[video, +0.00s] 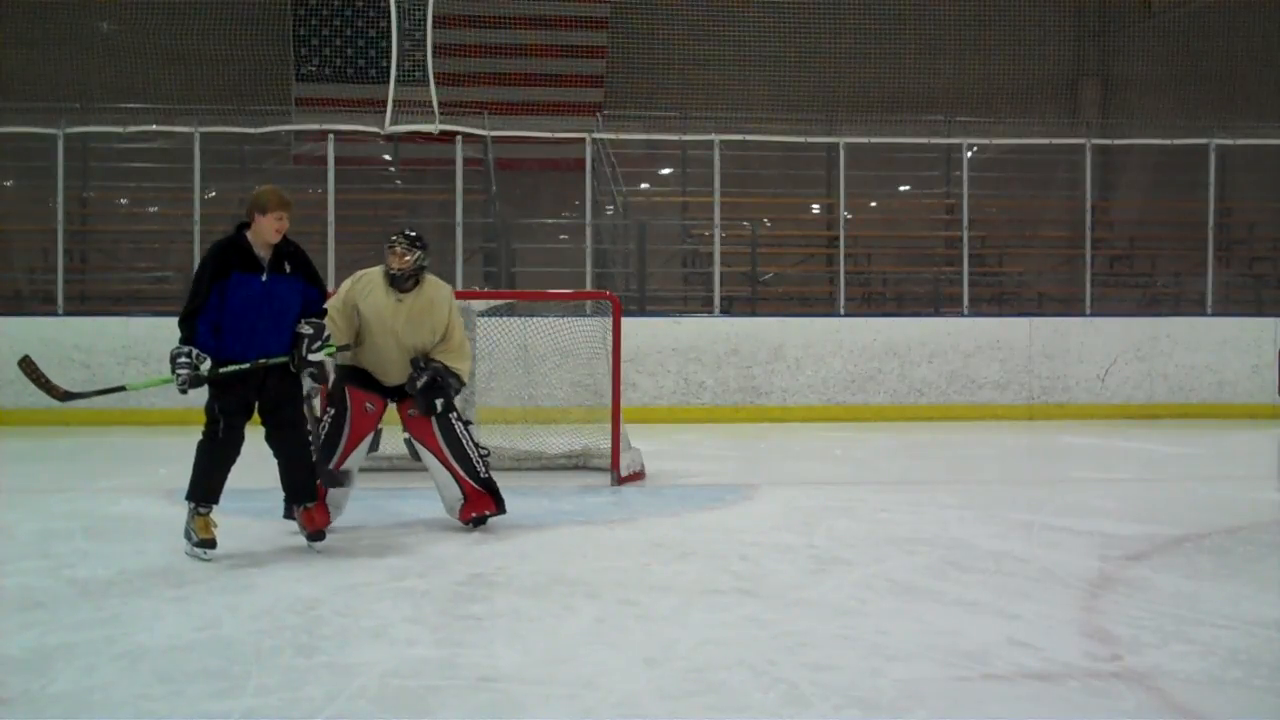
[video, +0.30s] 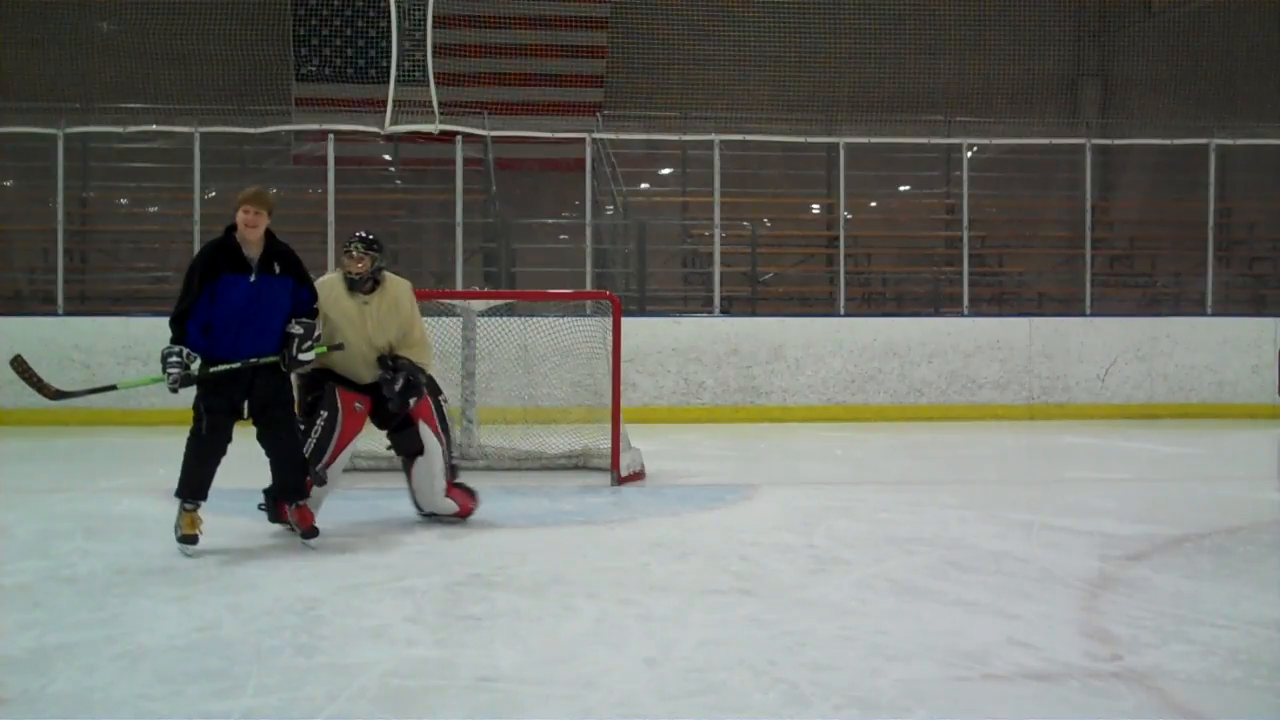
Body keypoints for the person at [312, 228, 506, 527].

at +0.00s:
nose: (396, 262)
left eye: (404, 256)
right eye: (392, 255)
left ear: (419, 259)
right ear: (385, 257)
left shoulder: (440, 295)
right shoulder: (362, 285)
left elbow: (456, 348)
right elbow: (332, 323)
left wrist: (440, 379)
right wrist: (317, 356)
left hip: (417, 379)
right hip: (364, 375)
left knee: (443, 433)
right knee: (340, 435)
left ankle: (478, 497)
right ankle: (317, 506)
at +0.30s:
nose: (356, 264)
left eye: (363, 258)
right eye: (350, 258)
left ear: (377, 262)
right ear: (342, 261)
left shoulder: (399, 291)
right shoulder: (324, 290)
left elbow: (416, 346)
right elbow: (301, 344)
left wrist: (407, 377)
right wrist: (309, 392)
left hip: (392, 379)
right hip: (341, 382)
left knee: (426, 428)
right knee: (333, 430)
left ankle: (435, 500)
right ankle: (300, 502)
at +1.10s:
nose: (332, 255)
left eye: (340, 249)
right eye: (328, 248)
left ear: (353, 253)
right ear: (320, 249)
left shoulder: (372, 285)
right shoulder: (298, 275)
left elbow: (392, 327)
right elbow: (276, 314)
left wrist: (375, 344)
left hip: (358, 370)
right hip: (310, 368)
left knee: (375, 434)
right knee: (293, 436)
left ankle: (371, 496)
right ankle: (260, 496)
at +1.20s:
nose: (324, 256)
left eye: (331, 251)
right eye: (320, 249)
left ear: (345, 255)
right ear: (312, 251)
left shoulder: (364, 286)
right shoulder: (293, 276)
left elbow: (378, 325)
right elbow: (273, 314)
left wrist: (360, 348)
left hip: (347, 375)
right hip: (301, 373)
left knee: (353, 439)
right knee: (282, 434)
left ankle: (361, 498)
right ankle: (257, 497)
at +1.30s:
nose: (315, 259)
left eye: (323, 254)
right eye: (311, 252)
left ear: (337, 258)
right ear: (304, 254)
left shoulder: (354, 289)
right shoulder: (286, 278)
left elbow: (365, 340)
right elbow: (266, 315)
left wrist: (330, 345)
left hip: (338, 380)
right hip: (293, 375)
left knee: (342, 441)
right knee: (278, 433)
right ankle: (255, 497)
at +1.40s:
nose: (306, 261)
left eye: (314, 256)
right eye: (302, 254)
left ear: (327, 260)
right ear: (295, 256)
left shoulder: (346, 290)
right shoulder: (278, 279)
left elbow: (355, 338)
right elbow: (260, 317)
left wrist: (321, 347)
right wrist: (278, 344)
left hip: (326, 375)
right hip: (281, 370)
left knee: (336, 434)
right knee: (273, 427)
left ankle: (346, 496)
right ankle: (249, 493)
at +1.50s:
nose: (300, 258)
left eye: (308, 253)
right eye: (295, 251)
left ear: (321, 256)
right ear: (288, 254)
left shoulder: (340, 288)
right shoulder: (273, 278)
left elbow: (347, 336)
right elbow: (257, 316)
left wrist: (313, 346)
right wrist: (274, 342)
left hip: (320, 371)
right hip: (275, 367)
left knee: (336, 414)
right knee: (266, 419)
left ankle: (343, 488)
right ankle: (250, 488)